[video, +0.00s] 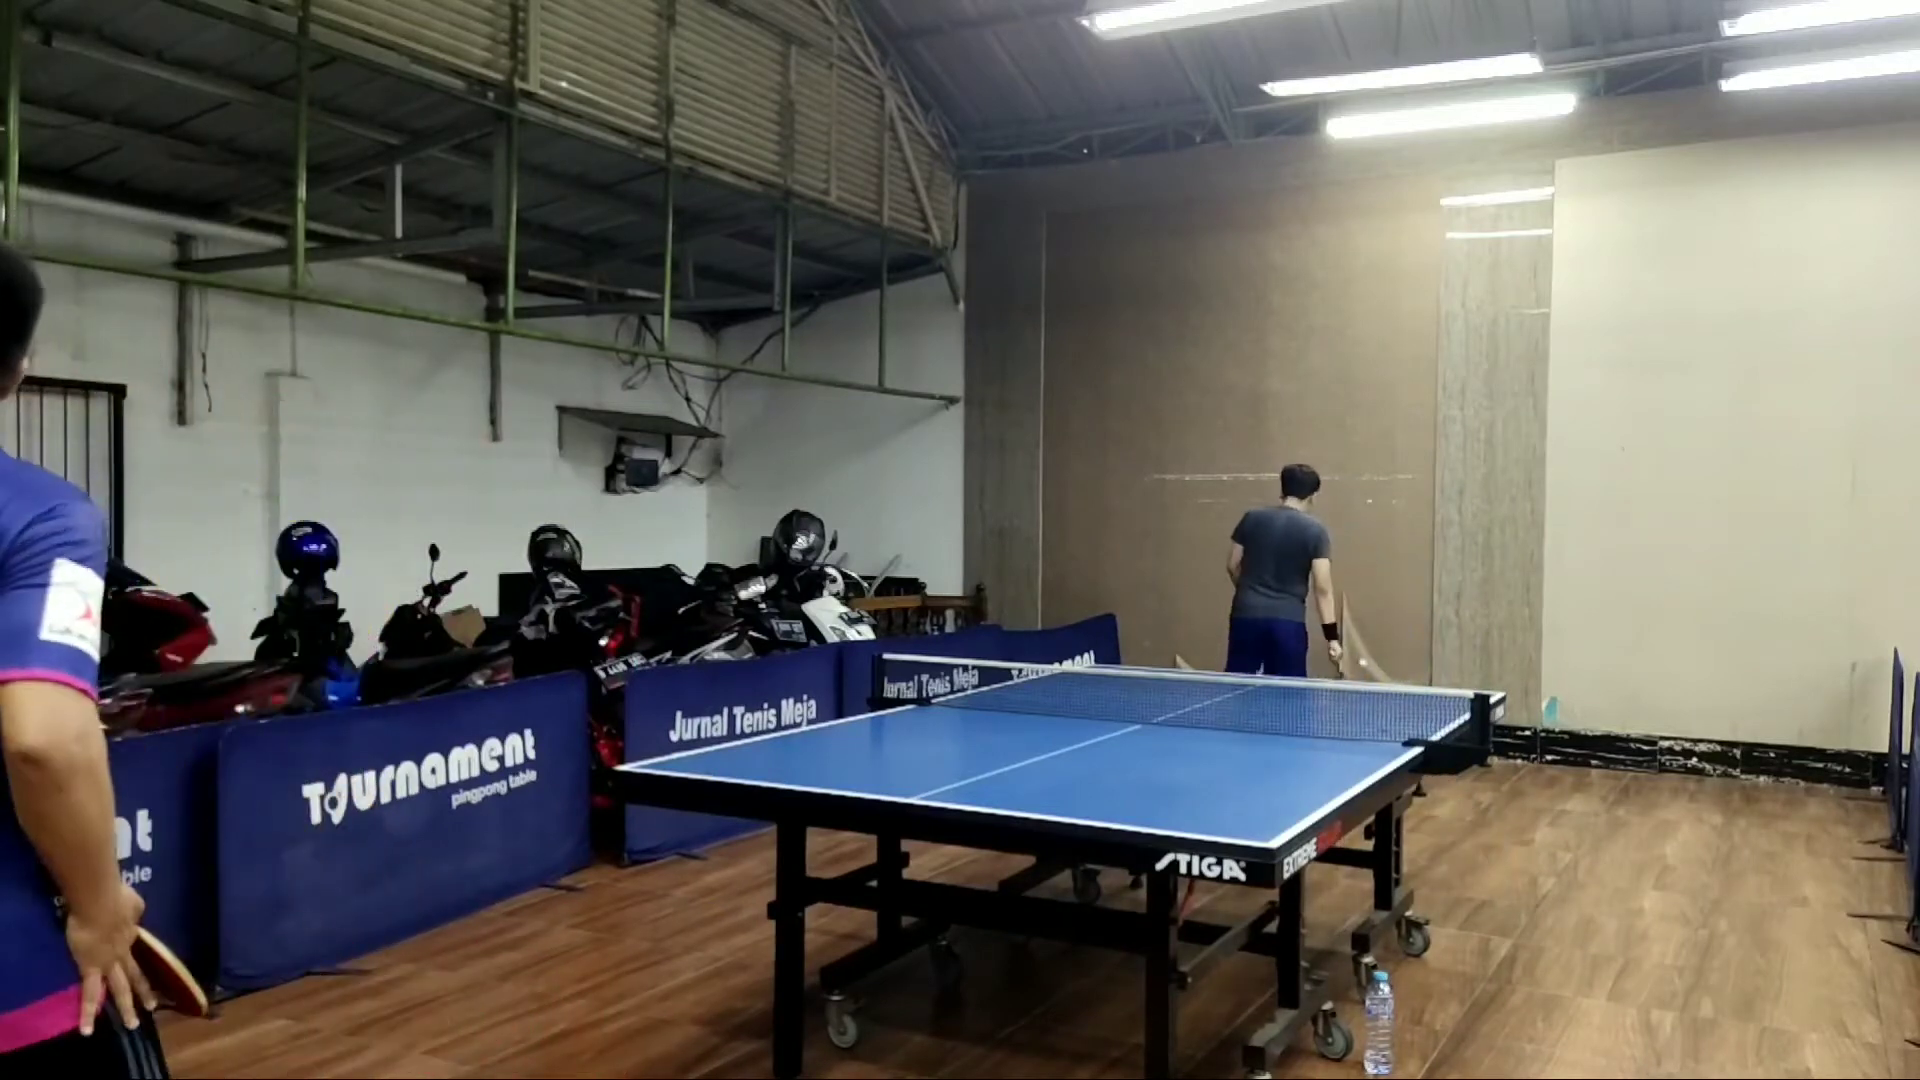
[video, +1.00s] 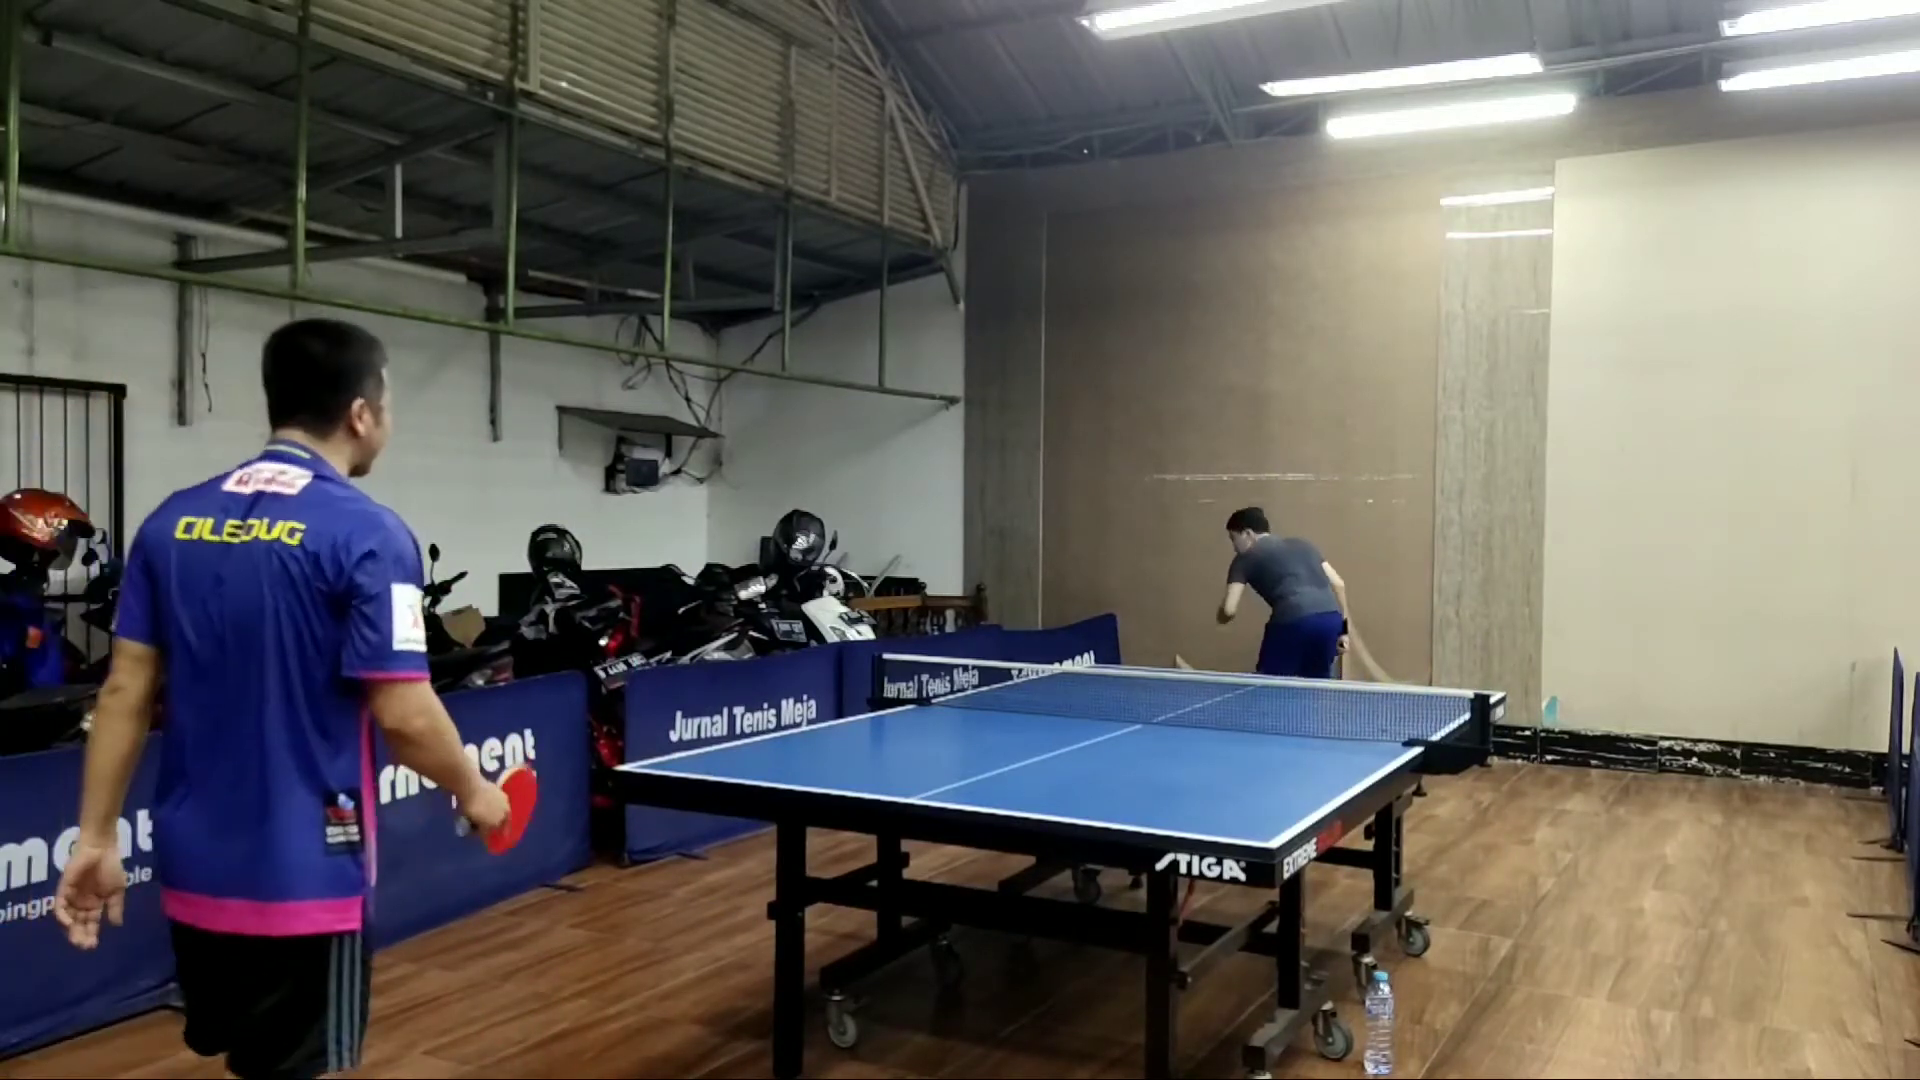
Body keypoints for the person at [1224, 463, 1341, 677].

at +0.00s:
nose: (1314, 500)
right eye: (1314, 495)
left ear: (1283, 489)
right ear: (1311, 496)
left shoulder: (1253, 518)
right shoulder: (1314, 530)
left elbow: (1233, 565)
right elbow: (1323, 589)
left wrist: (1248, 592)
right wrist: (1332, 637)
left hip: (1246, 622)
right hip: (1287, 627)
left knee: (1235, 695)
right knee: (1289, 700)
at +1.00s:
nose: (1233, 546)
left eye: (1233, 538)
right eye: (1231, 539)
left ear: (1248, 534)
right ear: (1266, 530)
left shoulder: (1246, 559)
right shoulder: (1301, 544)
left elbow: (1228, 610)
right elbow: (1338, 584)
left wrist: (1222, 617)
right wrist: (1343, 630)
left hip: (1291, 624)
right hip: (1330, 622)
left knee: (1269, 691)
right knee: (1316, 692)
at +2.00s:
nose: (1407, 492)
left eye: (1416, 486)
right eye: (1403, 486)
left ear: (1434, 492)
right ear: (1398, 491)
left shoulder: (1449, 531)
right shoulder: (1388, 534)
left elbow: (1451, 579)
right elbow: (1371, 579)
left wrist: (1415, 592)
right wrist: (1357, 619)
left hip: (1442, 640)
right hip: (1398, 639)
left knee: (1452, 711)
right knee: (1377, 707)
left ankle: (1449, 791)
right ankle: (1387, 785)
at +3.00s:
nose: (1471, 495)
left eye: (1479, 487)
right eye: (1464, 488)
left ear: (1495, 488)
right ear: (1455, 491)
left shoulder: (1513, 525)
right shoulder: (1438, 535)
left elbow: (1527, 584)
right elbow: (1430, 597)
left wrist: (1530, 643)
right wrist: (1429, 654)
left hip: (1505, 645)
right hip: (1454, 646)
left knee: (1509, 732)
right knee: (1455, 732)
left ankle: (1520, 830)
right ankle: (1466, 821)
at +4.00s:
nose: (1419, 482)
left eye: (1429, 473)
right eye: (1414, 474)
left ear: (1456, 477)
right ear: (1411, 481)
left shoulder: (1488, 518)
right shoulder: (1408, 531)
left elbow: (1514, 581)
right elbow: (1395, 587)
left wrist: (1496, 647)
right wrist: (1398, 626)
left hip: (1491, 654)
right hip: (1437, 660)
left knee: (1504, 744)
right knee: (1440, 751)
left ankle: (1513, 857)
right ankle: (1443, 854)